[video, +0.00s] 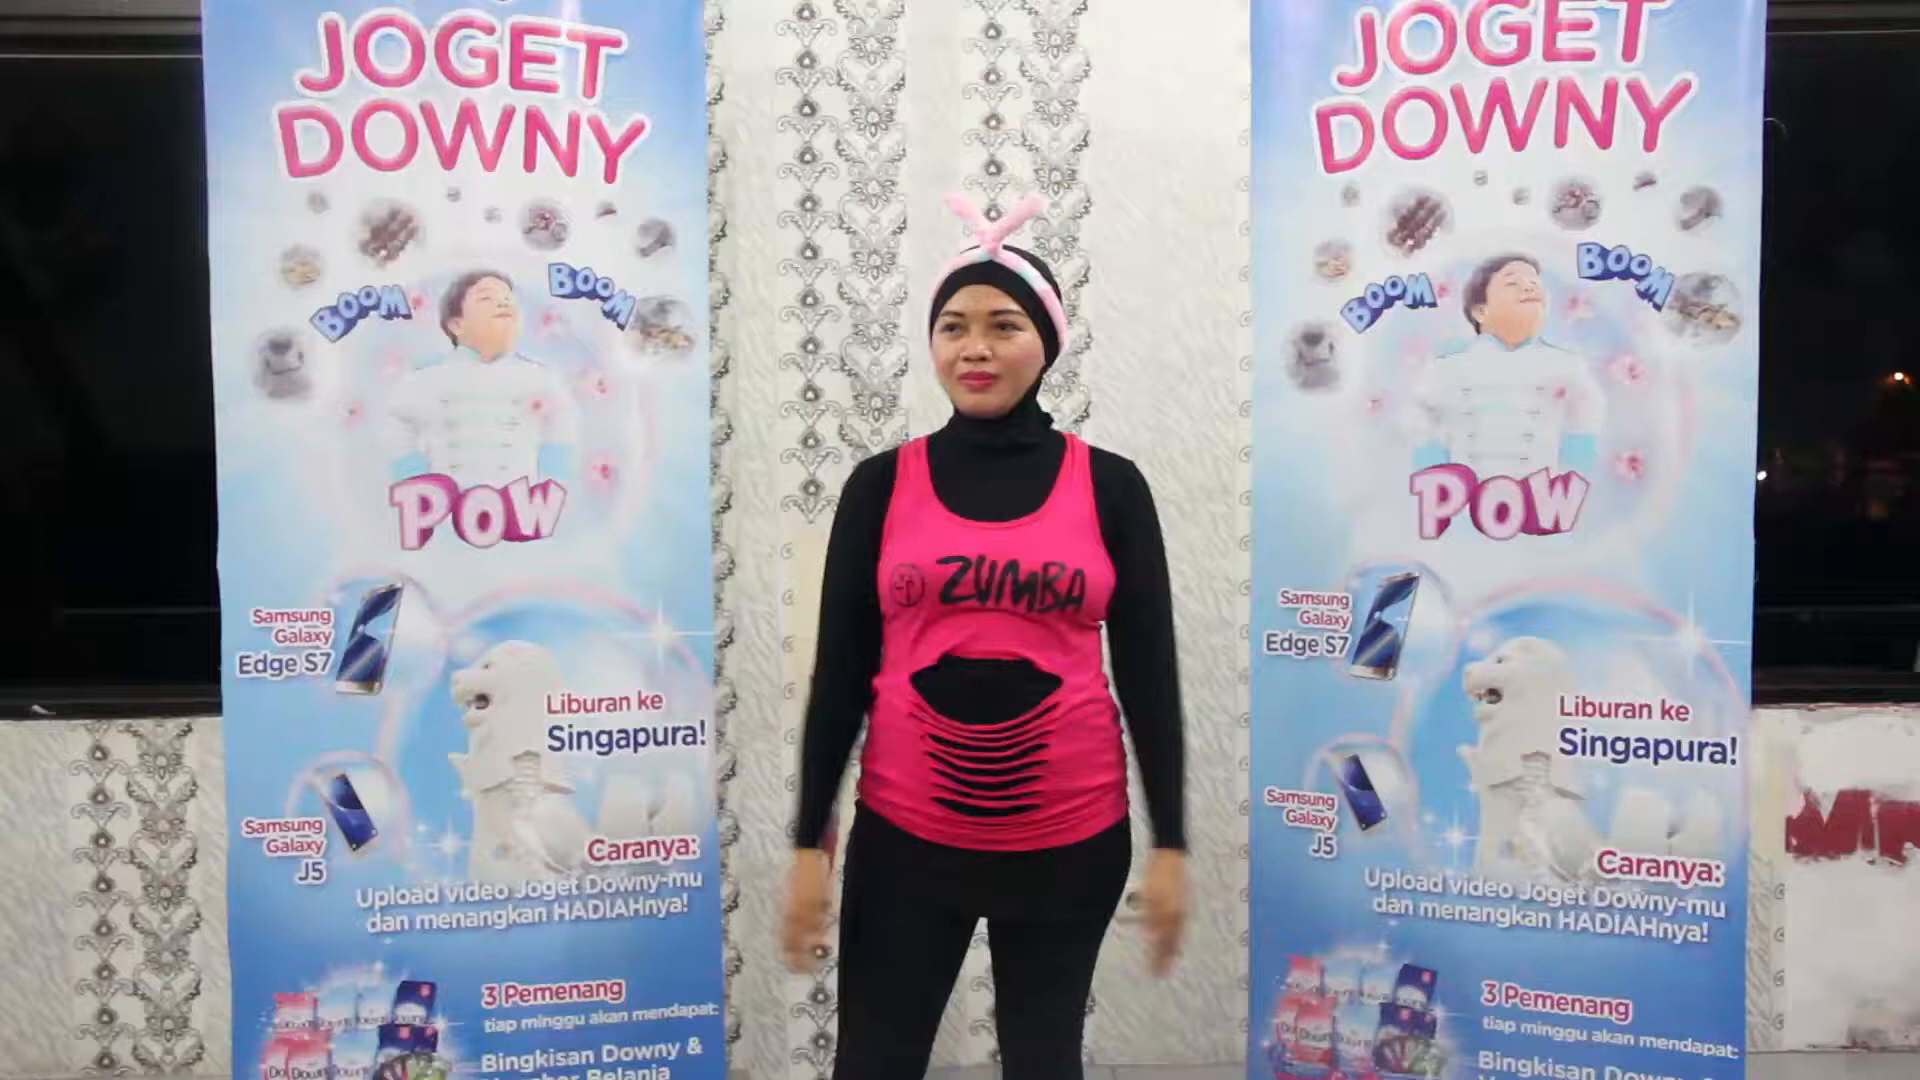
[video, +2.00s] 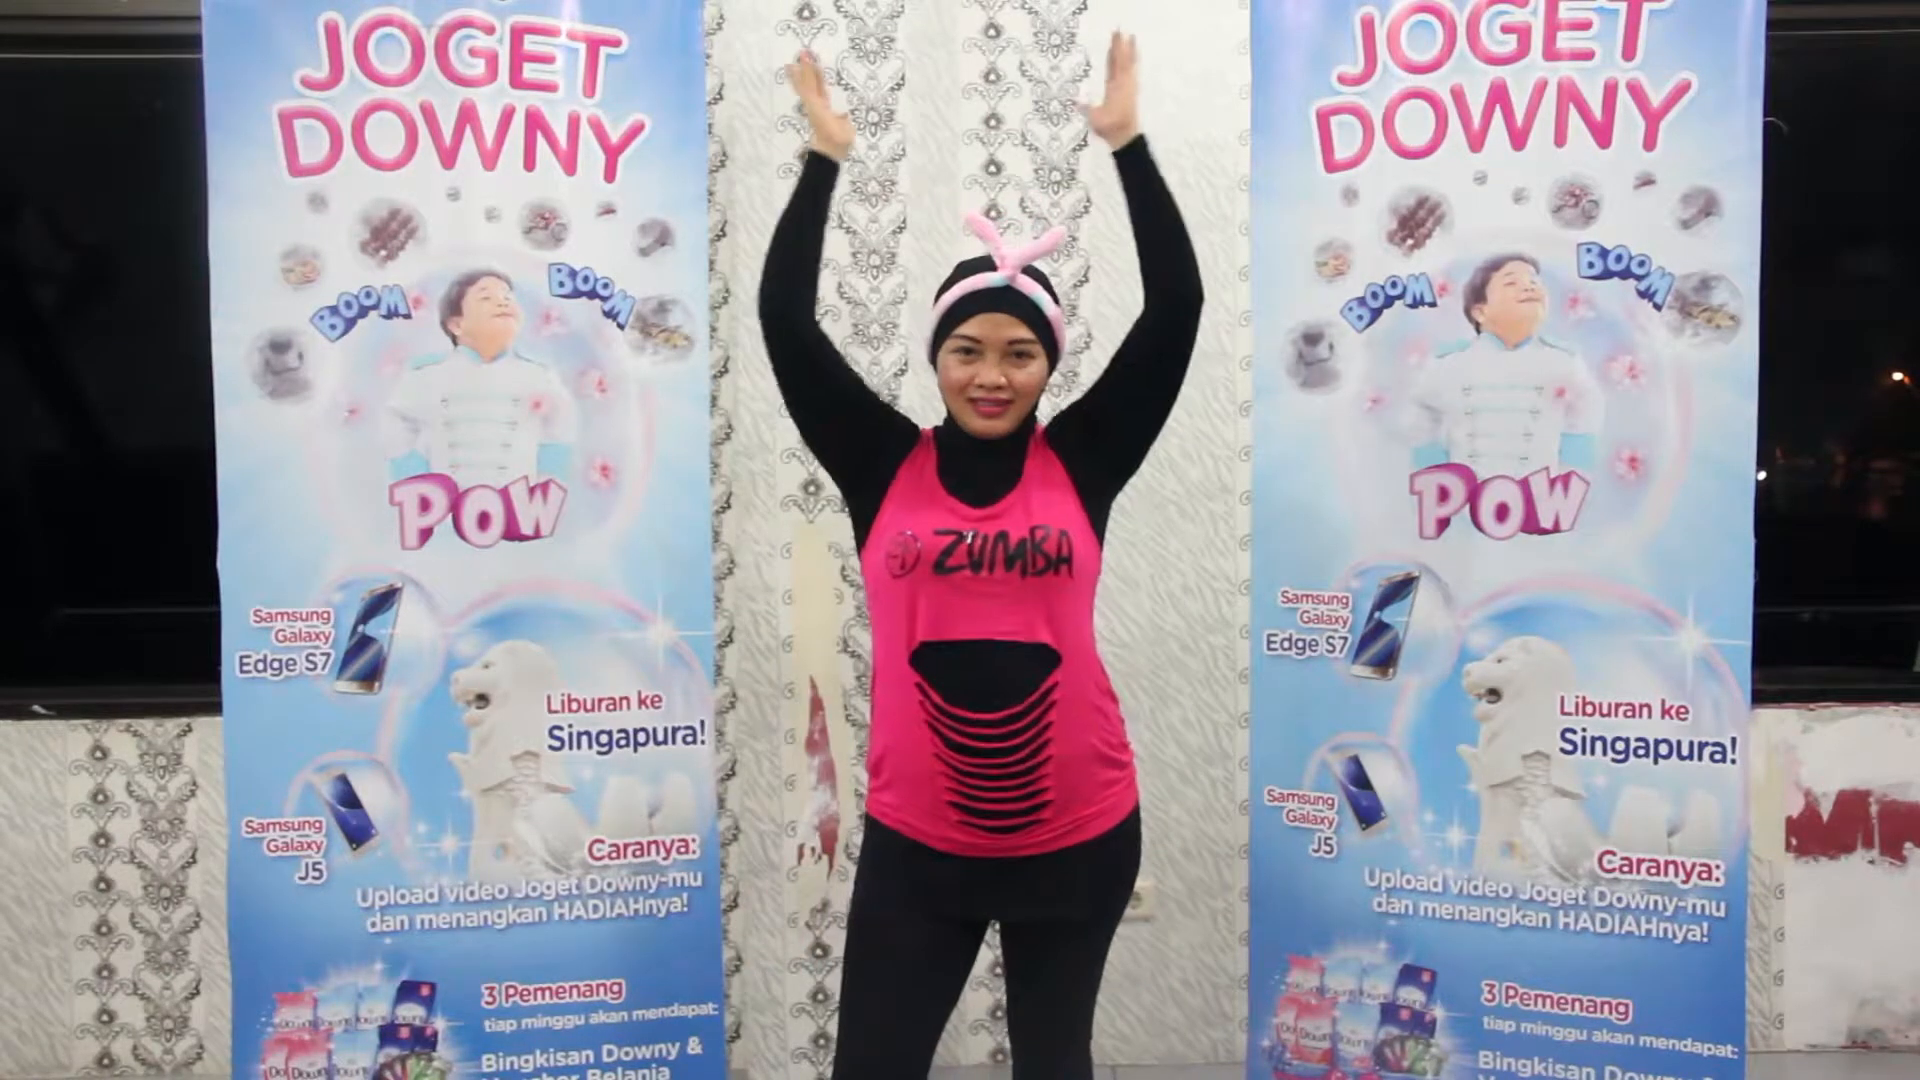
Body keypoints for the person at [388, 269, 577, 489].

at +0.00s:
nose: (503, 303)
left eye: (508, 299)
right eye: (485, 298)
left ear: (518, 316)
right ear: (455, 324)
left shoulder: (538, 378)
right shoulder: (423, 381)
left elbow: (560, 438)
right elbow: (393, 430)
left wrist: (546, 494)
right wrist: (417, 485)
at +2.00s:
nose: (503, 301)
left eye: (508, 296)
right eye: (485, 297)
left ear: (519, 314)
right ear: (454, 324)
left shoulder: (538, 377)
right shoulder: (423, 378)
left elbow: (559, 432)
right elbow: (393, 427)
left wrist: (546, 490)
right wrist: (414, 485)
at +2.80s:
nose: (502, 301)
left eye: (508, 295)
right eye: (484, 297)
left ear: (518, 313)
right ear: (454, 324)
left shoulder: (539, 376)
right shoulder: (424, 378)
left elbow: (559, 438)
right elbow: (391, 425)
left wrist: (546, 493)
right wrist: (414, 483)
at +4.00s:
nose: (502, 302)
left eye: (508, 296)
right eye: (484, 297)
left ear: (518, 313)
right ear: (455, 324)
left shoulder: (537, 377)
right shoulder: (423, 377)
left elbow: (560, 431)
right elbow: (392, 426)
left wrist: (546, 490)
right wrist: (413, 484)